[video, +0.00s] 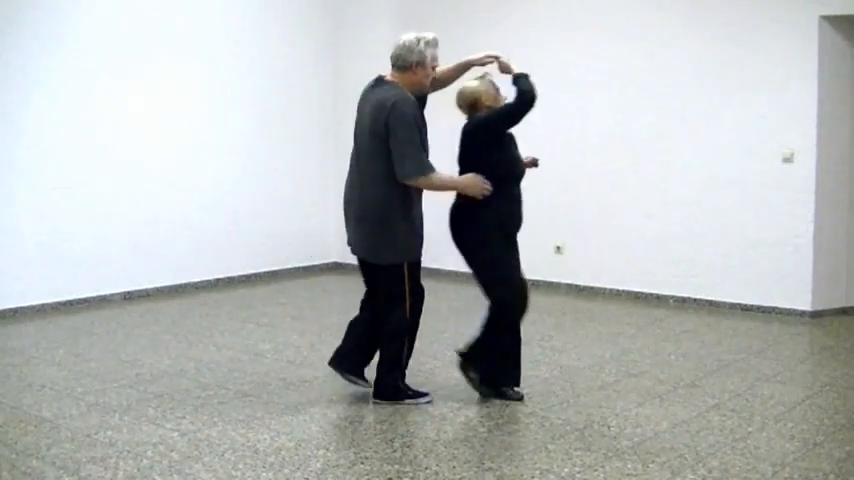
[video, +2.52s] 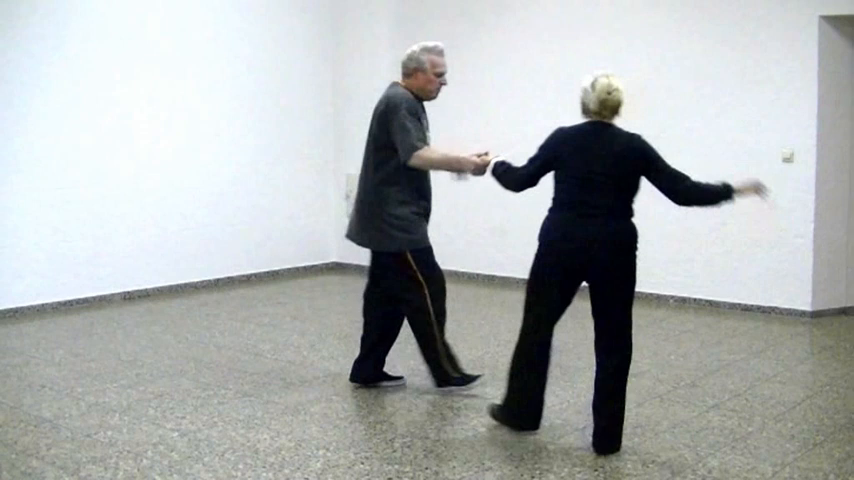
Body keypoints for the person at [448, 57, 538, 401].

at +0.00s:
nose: (500, 93)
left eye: (497, 89)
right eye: (494, 90)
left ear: (477, 101)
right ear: (486, 98)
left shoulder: (491, 129)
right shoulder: (481, 128)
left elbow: (493, 168)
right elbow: (525, 101)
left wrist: (521, 164)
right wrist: (517, 73)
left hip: (493, 223)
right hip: (479, 224)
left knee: (511, 297)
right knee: (511, 297)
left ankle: (498, 378)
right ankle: (474, 360)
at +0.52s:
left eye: (516, 100)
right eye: (540, 98)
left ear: (513, 104)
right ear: (544, 101)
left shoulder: (500, 135)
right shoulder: (559, 131)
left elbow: (483, 178)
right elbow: (580, 157)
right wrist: (550, 138)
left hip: (509, 226)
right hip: (554, 224)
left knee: (511, 304)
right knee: (562, 301)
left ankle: (512, 392)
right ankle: (566, 383)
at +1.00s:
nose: (543, 103)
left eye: (546, 97)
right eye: (545, 96)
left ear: (555, 102)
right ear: (579, 104)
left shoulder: (548, 136)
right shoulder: (597, 139)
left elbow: (512, 185)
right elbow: (584, 186)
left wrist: (475, 177)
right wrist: (544, 208)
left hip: (556, 233)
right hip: (600, 234)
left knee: (534, 306)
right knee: (590, 321)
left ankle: (549, 387)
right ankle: (583, 409)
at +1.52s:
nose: (558, 104)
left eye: (559, 100)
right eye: (562, 99)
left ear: (564, 103)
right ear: (595, 103)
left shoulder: (550, 137)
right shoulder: (612, 136)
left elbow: (506, 181)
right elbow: (641, 169)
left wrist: (471, 165)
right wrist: (612, 147)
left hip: (555, 240)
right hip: (603, 241)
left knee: (546, 319)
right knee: (594, 320)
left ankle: (550, 410)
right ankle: (585, 409)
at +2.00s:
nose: (631, 103)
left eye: (629, 96)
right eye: (626, 97)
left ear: (593, 101)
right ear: (605, 101)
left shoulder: (563, 134)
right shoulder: (617, 138)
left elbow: (534, 185)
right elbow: (644, 187)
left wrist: (528, 167)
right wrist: (700, 193)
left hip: (556, 247)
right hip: (603, 250)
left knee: (559, 330)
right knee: (614, 334)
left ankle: (550, 423)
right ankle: (600, 425)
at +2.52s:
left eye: (583, 99)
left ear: (583, 105)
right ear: (617, 107)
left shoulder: (564, 139)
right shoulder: (633, 146)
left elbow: (519, 180)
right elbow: (682, 191)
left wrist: (494, 166)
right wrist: (733, 190)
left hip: (561, 250)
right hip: (614, 256)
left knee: (536, 328)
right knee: (613, 341)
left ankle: (521, 413)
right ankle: (607, 438)